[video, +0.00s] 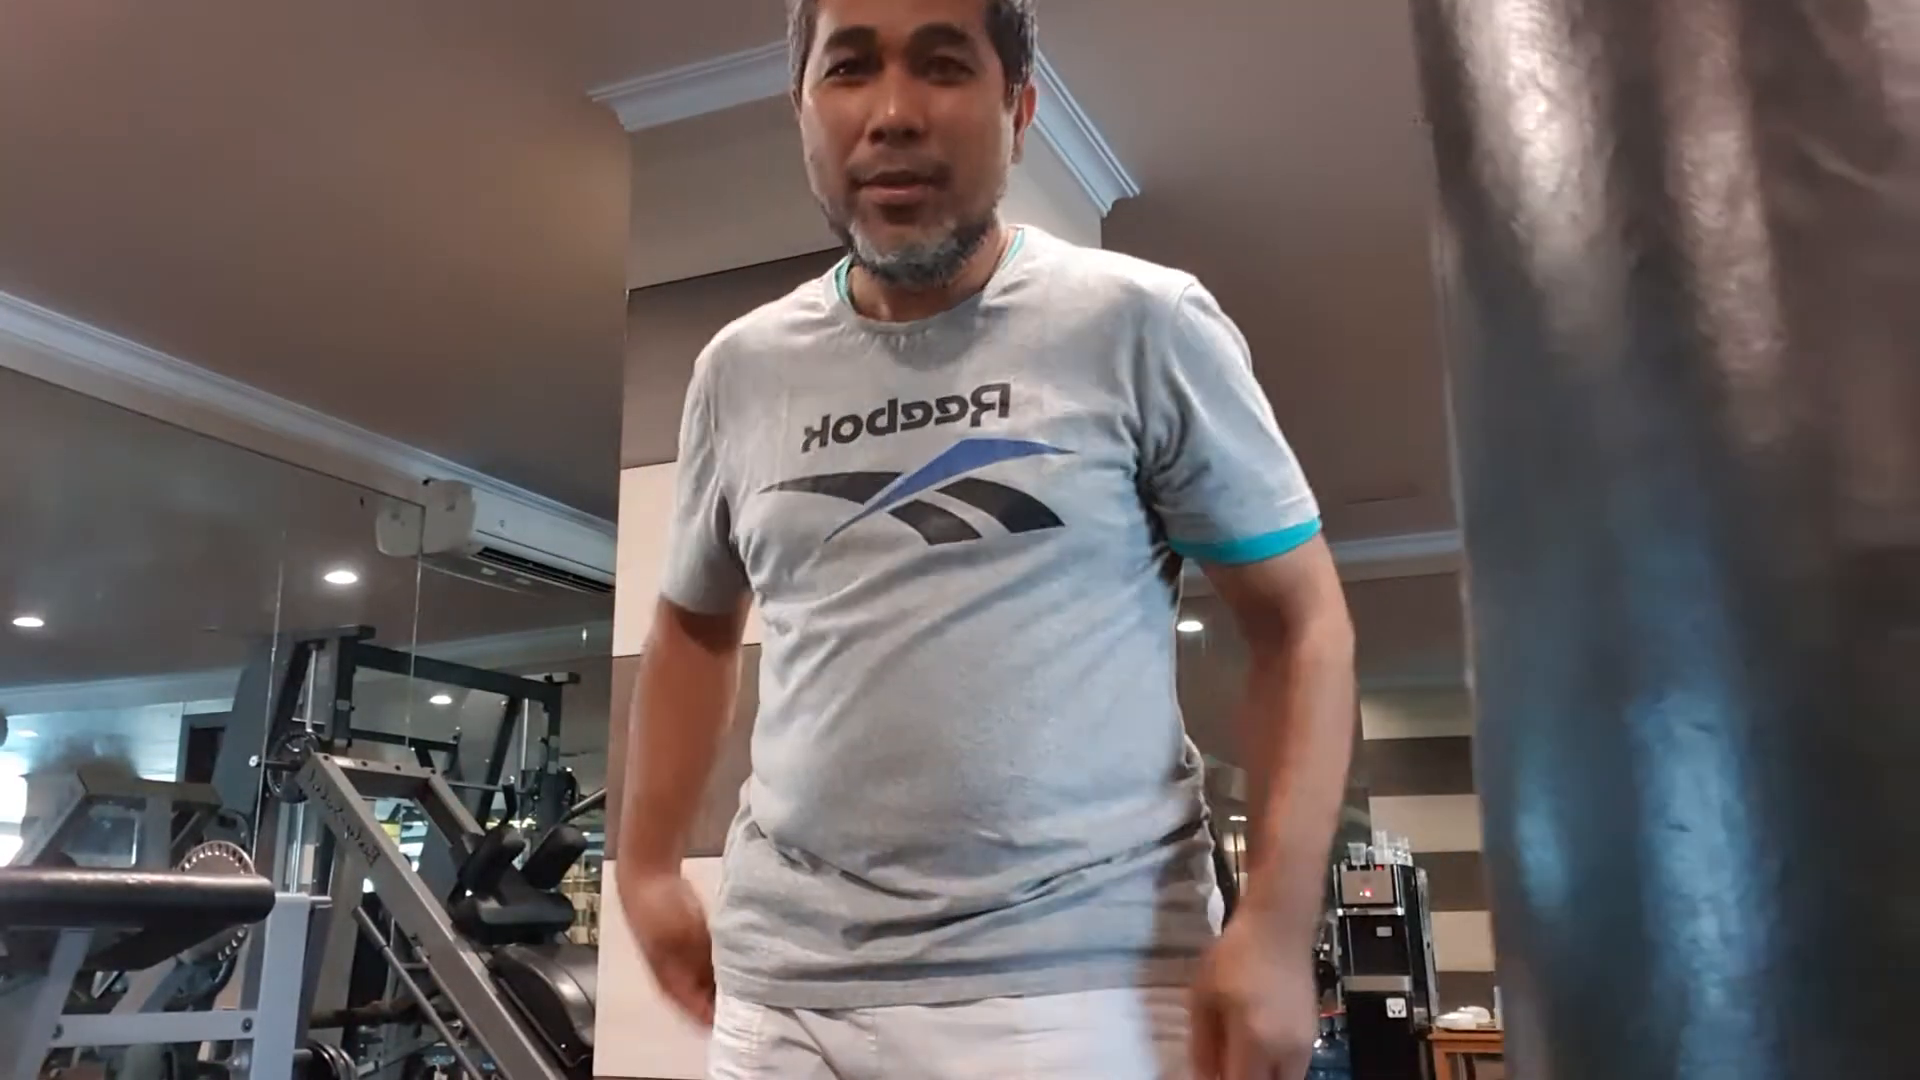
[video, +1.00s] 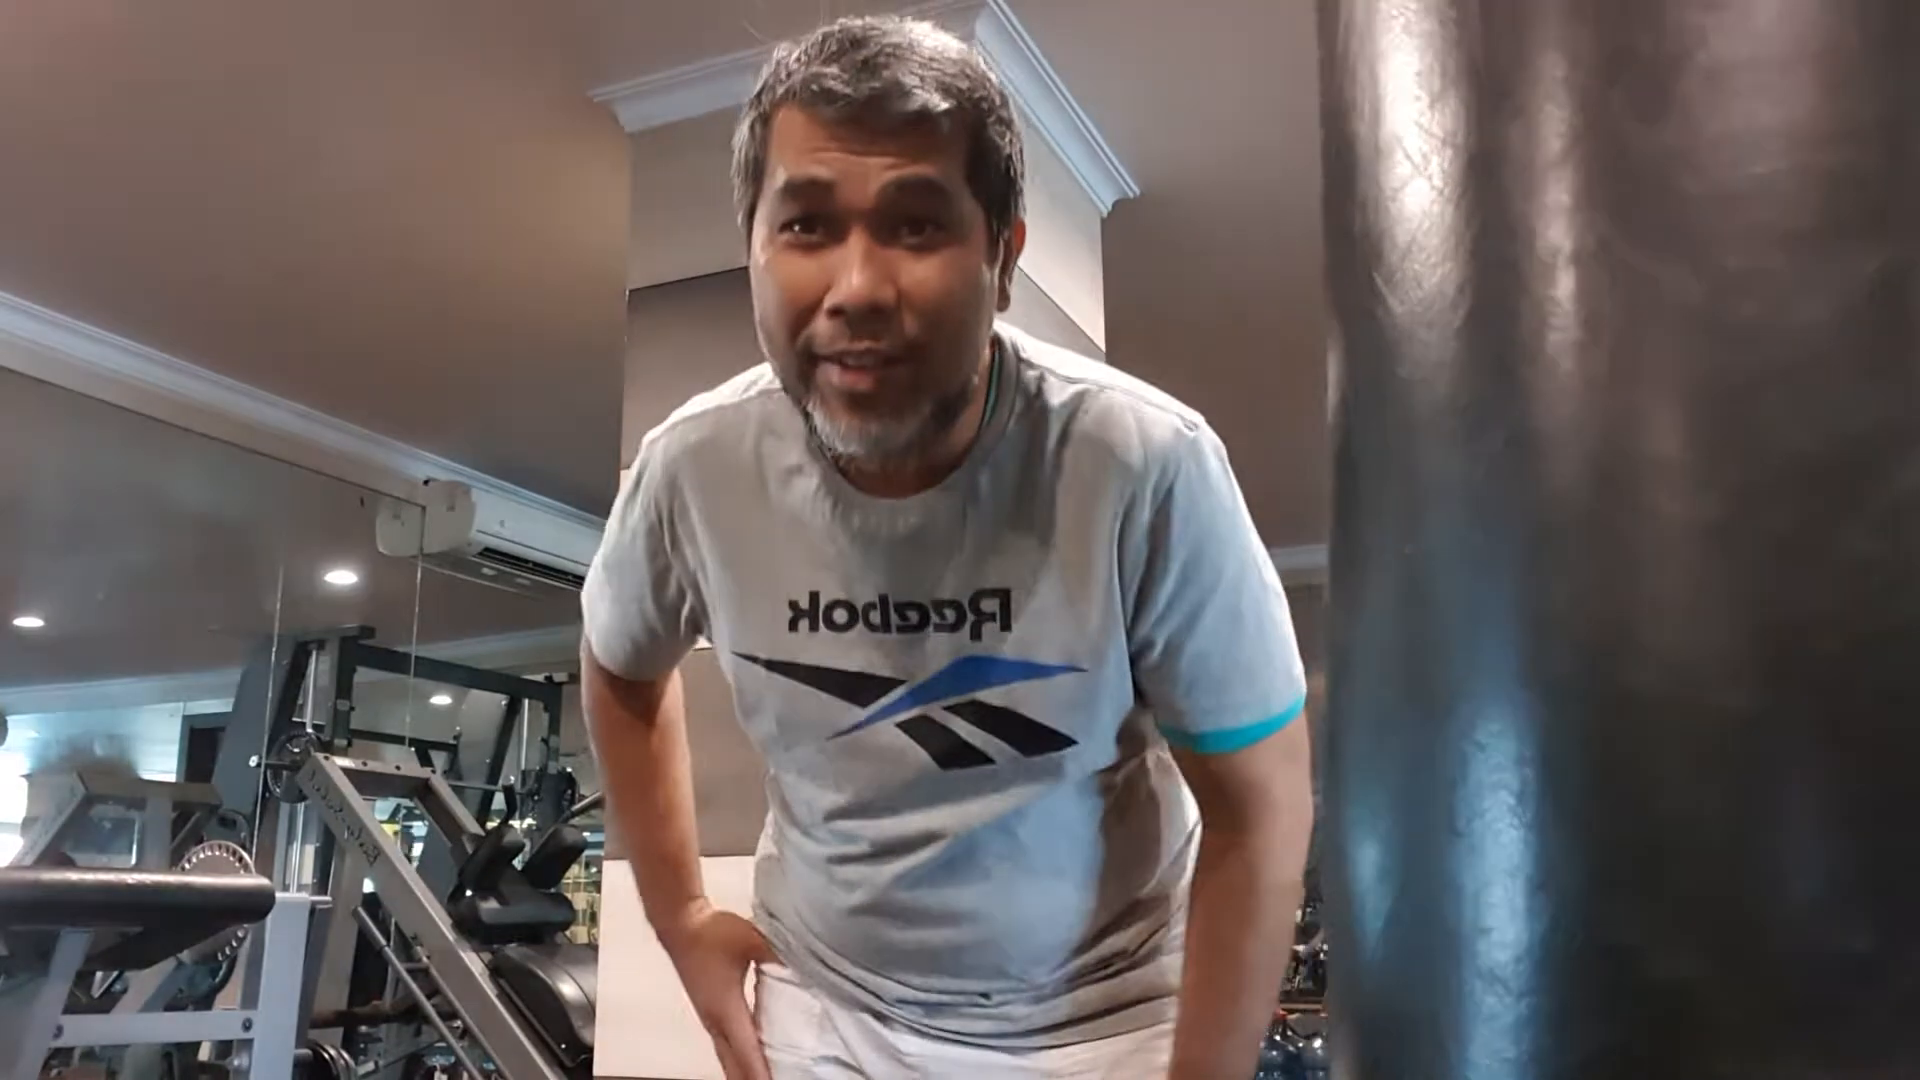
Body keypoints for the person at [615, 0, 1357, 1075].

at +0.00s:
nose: (892, 113)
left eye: (942, 67)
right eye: (851, 69)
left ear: (1017, 108)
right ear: (802, 112)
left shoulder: (1145, 326)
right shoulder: (741, 371)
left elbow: (1302, 623)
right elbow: (696, 628)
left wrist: (1279, 924)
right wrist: (646, 865)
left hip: (1080, 1004)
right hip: (792, 1005)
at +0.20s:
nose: (882, 156)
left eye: (933, 100)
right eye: (836, 101)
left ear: (1011, 122)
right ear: (782, 124)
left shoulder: (1154, 328)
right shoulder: (731, 373)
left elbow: (1321, 598)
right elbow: (698, 608)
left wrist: (1281, 897)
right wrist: (666, 829)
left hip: (1081, 1004)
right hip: (795, 1000)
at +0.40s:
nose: (867, 198)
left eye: (920, 138)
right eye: (821, 139)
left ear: (1002, 153)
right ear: (768, 156)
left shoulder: (1154, 357)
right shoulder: (720, 392)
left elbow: (1297, 638)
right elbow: (682, 628)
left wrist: (1225, 948)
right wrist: (664, 856)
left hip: (1081, 1007)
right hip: (801, 1000)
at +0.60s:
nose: (862, 228)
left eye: (918, 165)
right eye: (815, 167)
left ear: (1001, 197)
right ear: (759, 194)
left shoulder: (1151, 416)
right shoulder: (703, 437)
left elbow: (1259, 743)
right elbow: (653, 672)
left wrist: (1178, 1053)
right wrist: (671, 929)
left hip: (1091, 1020)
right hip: (809, 1013)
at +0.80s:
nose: (856, 276)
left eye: (914, 213)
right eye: (809, 214)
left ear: (1000, 239)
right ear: (754, 236)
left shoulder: (1148, 460)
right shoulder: (690, 471)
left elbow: (1245, 798)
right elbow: (619, 689)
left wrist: (1181, 1066)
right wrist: (678, 943)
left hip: (1090, 1021)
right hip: (817, 1005)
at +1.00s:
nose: (856, 290)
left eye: (915, 227)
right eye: (809, 227)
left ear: (1003, 253)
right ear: (752, 250)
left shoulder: (1150, 471)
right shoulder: (692, 473)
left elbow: (1262, 809)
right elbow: (625, 671)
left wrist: (1208, 1066)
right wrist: (678, 912)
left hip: (1108, 1015)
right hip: (828, 995)